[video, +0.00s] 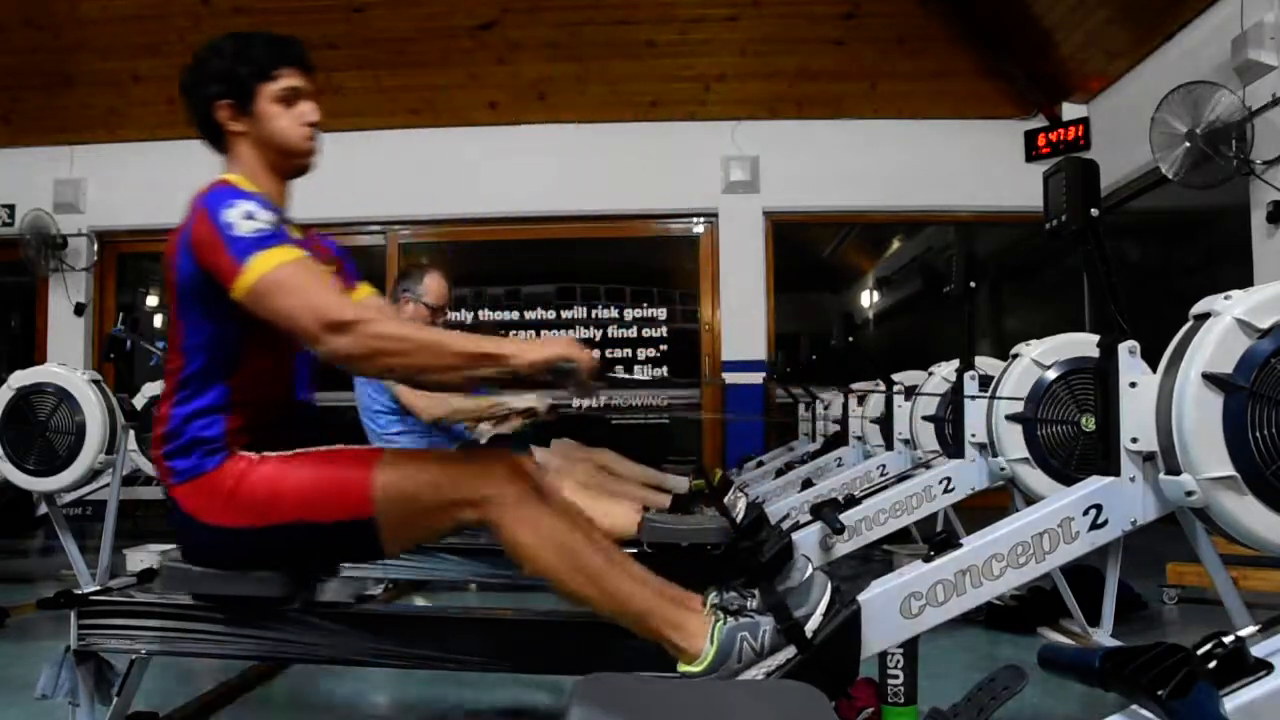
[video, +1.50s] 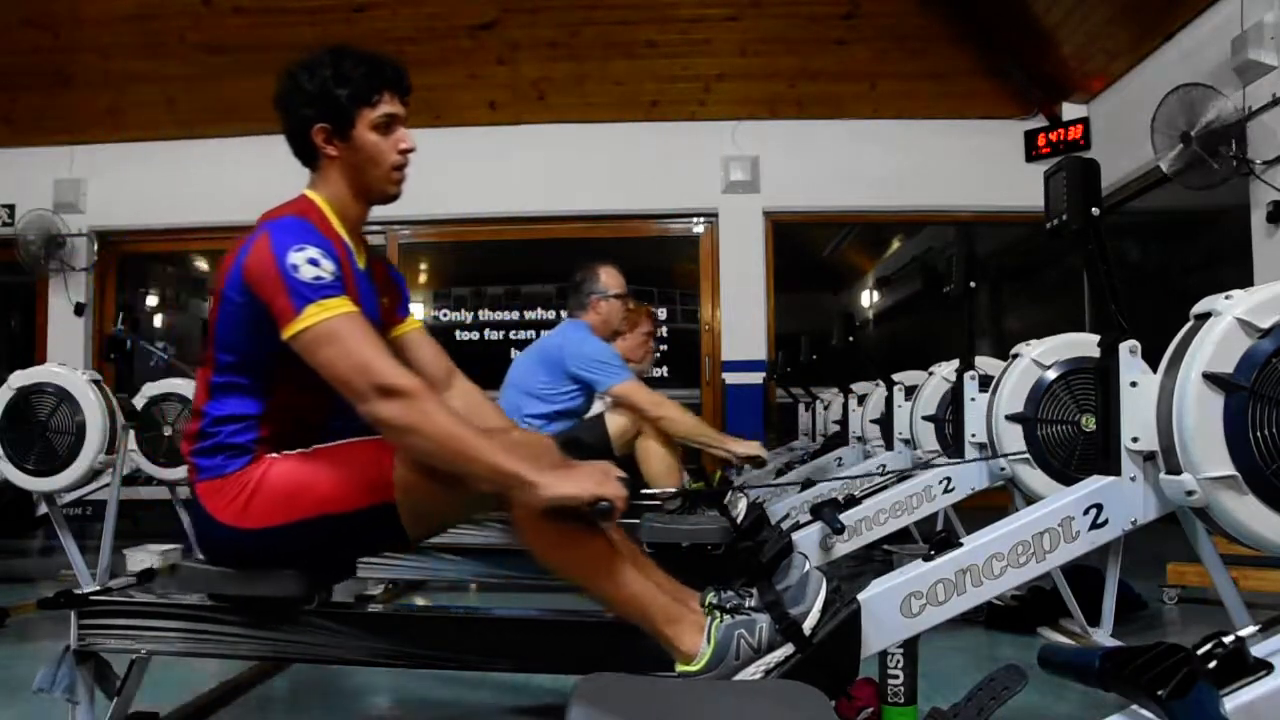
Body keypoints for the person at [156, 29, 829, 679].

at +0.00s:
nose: (313, 116)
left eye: (312, 100)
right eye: (290, 100)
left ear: (311, 112)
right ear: (230, 116)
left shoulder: (297, 235)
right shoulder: (225, 211)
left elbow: (385, 337)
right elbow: (342, 333)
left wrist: (513, 358)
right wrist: (515, 356)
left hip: (269, 468)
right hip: (223, 480)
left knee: (513, 475)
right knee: (492, 481)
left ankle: (704, 618)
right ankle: (703, 643)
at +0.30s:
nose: (128, 169)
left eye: (127, 153)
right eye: (106, 156)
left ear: (109, 171)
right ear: (46, 176)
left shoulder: (130, 280)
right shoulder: (41, 272)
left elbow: (211, 403)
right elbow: (24, 412)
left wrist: (276, 369)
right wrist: (196, 350)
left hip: (231, 466)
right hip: (181, 485)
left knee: (459, 533)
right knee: (431, 538)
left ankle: (701, 622)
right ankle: (697, 638)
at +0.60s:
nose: (142, 167)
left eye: (140, 152)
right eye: (119, 153)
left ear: (119, 169)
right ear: (58, 171)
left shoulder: (134, 280)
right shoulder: (47, 274)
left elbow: (169, 414)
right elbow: (14, 437)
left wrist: (266, 422)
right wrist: (161, 453)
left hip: (218, 473)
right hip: (177, 493)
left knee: (457, 531)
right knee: (438, 541)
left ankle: (702, 623)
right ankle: (701, 640)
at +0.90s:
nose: (212, 146)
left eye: (212, 130)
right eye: (191, 130)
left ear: (192, 145)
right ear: (131, 146)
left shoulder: (205, 274)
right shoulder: (107, 261)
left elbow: (269, 397)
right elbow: (150, 419)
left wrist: (348, 458)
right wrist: (297, 486)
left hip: (261, 487)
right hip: (191, 500)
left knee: (470, 529)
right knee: (445, 537)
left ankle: (698, 627)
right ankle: (699, 641)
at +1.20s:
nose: (298, 142)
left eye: (299, 125)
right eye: (277, 125)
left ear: (281, 136)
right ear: (216, 137)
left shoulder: (273, 263)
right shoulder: (184, 249)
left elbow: (353, 385)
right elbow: (263, 401)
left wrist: (447, 463)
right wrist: (407, 487)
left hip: (261, 474)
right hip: (199, 489)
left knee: (487, 498)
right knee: (467, 520)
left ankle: (697, 623)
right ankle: (691, 640)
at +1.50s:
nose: (408, 143)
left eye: (406, 126)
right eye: (387, 128)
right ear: (328, 140)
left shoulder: (368, 258)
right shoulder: (291, 243)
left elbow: (447, 382)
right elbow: (384, 395)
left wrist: (554, 468)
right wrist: (539, 475)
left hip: (302, 475)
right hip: (244, 492)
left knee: (521, 449)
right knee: (497, 468)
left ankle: (698, 618)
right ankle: (696, 645)